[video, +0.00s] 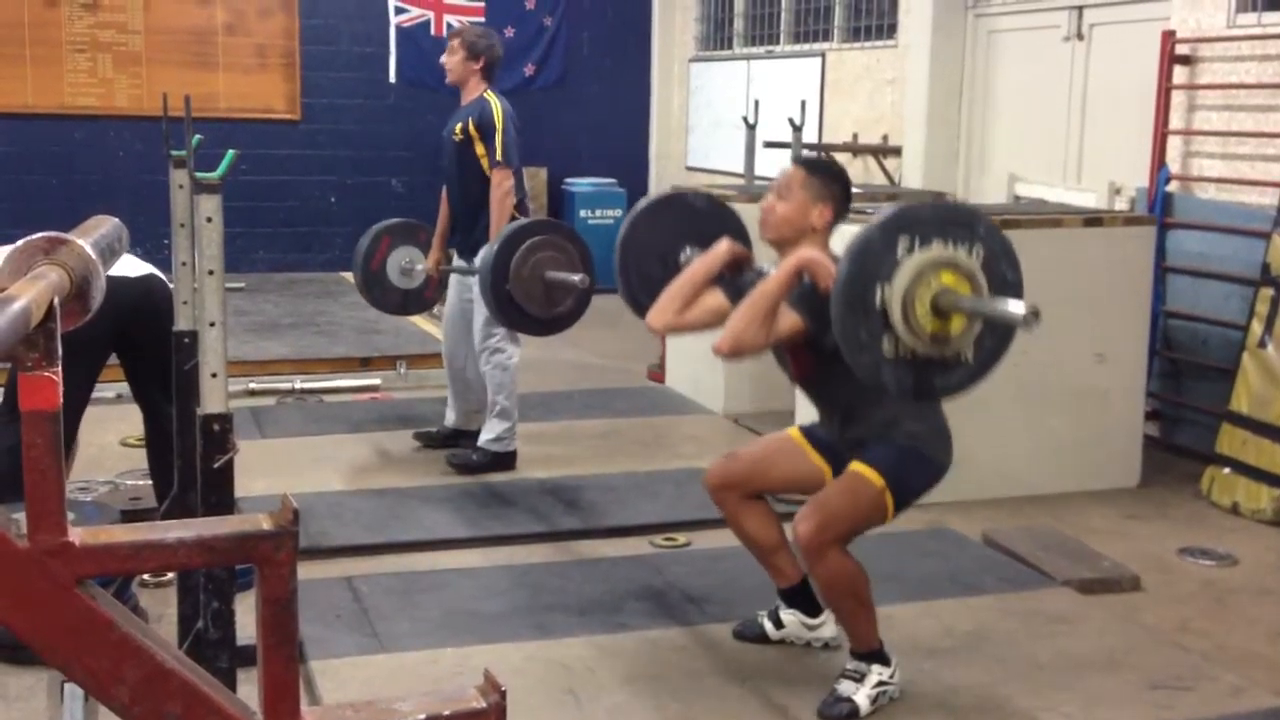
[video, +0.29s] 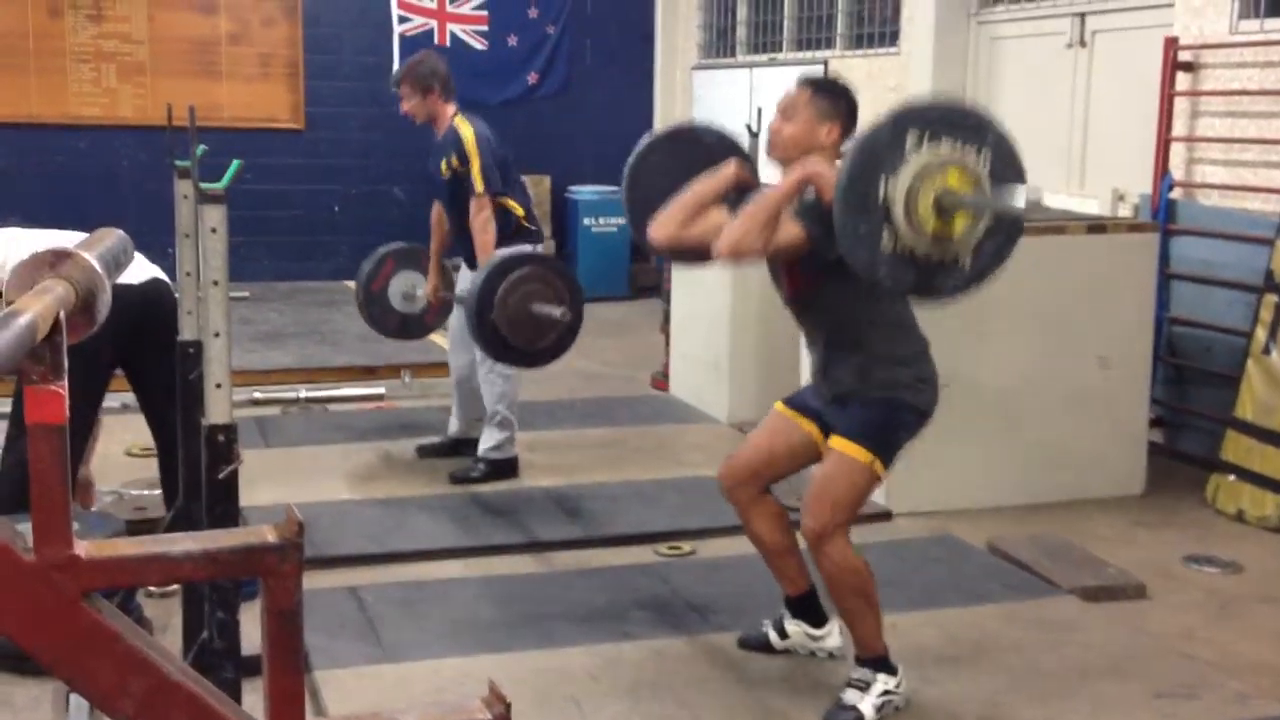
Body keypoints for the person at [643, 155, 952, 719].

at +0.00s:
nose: (766, 204)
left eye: (782, 195)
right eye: (771, 193)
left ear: (819, 214)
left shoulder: (828, 284)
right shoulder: (772, 283)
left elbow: (732, 344)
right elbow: (662, 318)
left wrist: (792, 263)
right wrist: (719, 255)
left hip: (907, 437)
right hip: (843, 431)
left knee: (813, 532)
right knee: (726, 480)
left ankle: (873, 663)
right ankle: (807, 614)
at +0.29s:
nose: (774, 125)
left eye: (788, 116)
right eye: (777, 115)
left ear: (829, 135)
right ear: (798, 135)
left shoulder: (835, 197)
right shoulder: (779, 202)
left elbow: (735, 246)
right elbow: (662, 233)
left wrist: (794, 179)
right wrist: (733, 169)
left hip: (892, 386)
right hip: (835, 381)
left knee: (822, 524)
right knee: (740, 477)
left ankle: (879, 672)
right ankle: (811, 621)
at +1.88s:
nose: (801, 88)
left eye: (816, 75)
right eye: (805, 75)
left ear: (859, 85)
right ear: (847, 88)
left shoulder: (864, 158)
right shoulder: (811, 164)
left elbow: (785, 239)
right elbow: (702, 225)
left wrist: (823, 147)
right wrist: (737, 153)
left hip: (856, 379)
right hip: (808, 375)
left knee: (853, 541)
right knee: (806, 522)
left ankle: (870, 707)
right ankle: (810, 667)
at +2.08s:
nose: (778, 112)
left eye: (786, 96)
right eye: (776, 98)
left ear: (831, 92)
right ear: (817, 97)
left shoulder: (876, 168)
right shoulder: (796, 181)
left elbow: (892, 277)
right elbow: (801, 277)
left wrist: (852, 243)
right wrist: (743, 238)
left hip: (869, 386)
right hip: (809, 382)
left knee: (851, 544)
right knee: (792, 520)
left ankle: (869, 708)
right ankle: (809, 668)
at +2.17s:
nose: (772, 129)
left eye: (778, 113)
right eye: (768, 115)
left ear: (824, 103)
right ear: (803, 109)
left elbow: (947, 232)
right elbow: (825, 249)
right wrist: (758, 244)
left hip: (879, 390)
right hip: (818, 382)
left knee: (852, 545)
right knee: (782, 514)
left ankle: (870, 708)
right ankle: (802, 667)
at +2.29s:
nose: (758, 142)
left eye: (767, 127)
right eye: (754, 128)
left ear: (811, 116)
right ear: (781, 125)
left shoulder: (852, 170)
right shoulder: (784, 184)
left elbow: (905, 266)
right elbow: (762, 252)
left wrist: (845, 362)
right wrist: (731, 319)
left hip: (883, 372)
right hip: (829, 368)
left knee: (856, 544)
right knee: (793, 511)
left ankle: (869, 709)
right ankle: (797, 669)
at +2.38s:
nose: (735, 157)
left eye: (745, 142)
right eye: (731, 143)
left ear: (787, 135)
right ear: (745, 143)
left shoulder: (829, 208)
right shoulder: (761, 211)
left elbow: (867, 325)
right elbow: (741, 298)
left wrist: (839, 441)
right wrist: (730, 389)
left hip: (894, 394)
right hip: (833, 384)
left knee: (863, 546)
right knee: (793, 513)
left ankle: (869, 707)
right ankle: (798, 670)